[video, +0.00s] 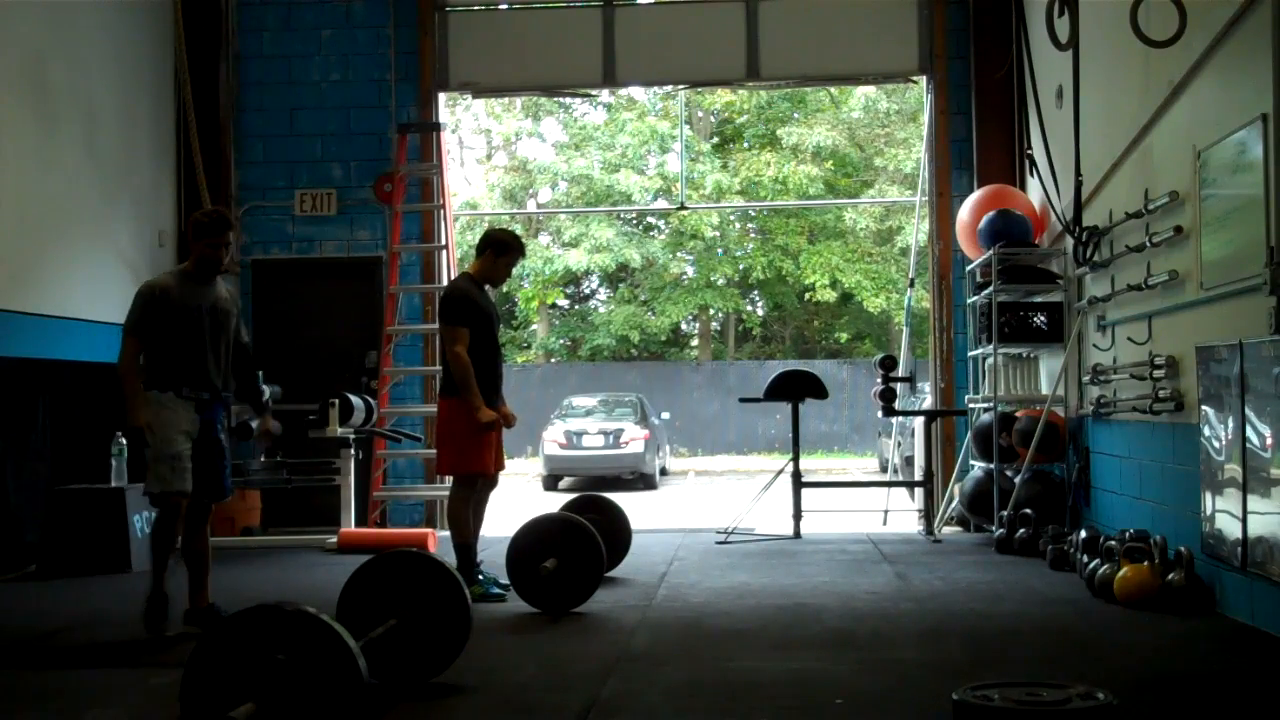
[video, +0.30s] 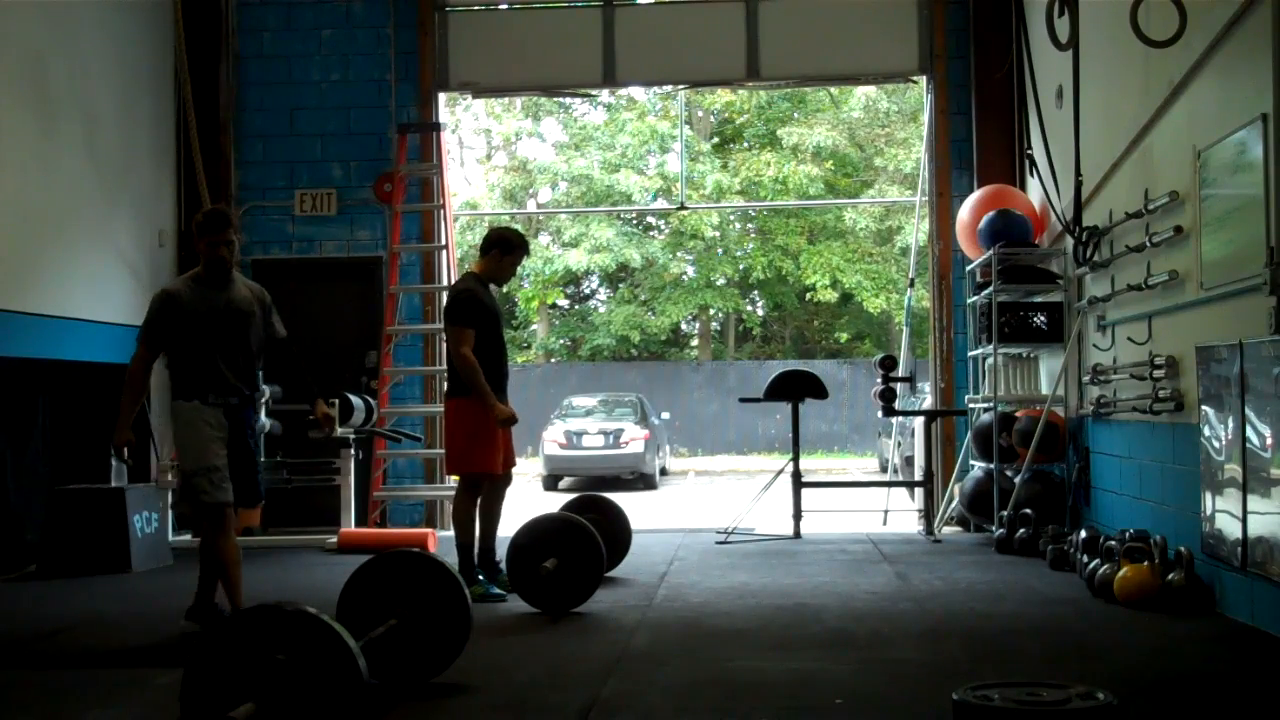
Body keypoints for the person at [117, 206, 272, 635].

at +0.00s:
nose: (225, 255)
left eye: (229, 247)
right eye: (218, 247)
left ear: (230, 248)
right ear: (196, 245)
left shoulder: (226, 298)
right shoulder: (157, 292)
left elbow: (241, 361)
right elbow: (129, 358)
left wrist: (260, 409)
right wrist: (135, 411)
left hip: (210, 413)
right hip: (165, 410)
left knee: (201, 511)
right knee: (173, 505)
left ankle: (200, 604)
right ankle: (158, 597)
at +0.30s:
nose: (227, 250)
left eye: (231, 243)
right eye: (218, 243)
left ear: (239, 244)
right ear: (199, 246)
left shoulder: (256, 296)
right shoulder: (173, 299)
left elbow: (281, 358)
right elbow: (141, 364)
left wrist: (316, 402)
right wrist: (126, 422)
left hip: (244, 416)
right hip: (197, 417)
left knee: (226, 515)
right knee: (221, 515)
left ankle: (203, 604)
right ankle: (238, 614)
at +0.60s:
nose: (214, 234)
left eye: (221, 226)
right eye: (205, 227)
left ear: (235, 229)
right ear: (192, 234)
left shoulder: (260, 283)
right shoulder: (175, 291)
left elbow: (286, 346)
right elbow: (155, 364)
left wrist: (311, 399)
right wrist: (155, 425)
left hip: (257, 412)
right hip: (203, 416)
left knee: (284, 505)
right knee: (222, 518)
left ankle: (263, 578)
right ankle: (240, 607)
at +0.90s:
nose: (211, 227)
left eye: (219, 219)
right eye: (202, 220)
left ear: (234, 225)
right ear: (189, 229)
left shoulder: (261, 281)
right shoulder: (170, 286)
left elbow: (292, 347)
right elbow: (151, 355)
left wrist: (321, 400)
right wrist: (164, 403)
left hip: (249, 415)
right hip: (196, 418)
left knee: (243, 519)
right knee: (217, 523)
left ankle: (244, 614)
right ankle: (242, 613)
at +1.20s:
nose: (180, 223)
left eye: (188, 213)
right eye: (173, 215)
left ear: (212, 210)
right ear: (165, 219)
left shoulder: (252, 273)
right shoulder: (156, 278)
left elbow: (285, 348)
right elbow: (128, 351)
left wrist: (305, 408)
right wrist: (94, 411)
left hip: (232, 412)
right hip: (171, 411)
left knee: (229, 524)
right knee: (151, 515)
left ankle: (229, 625)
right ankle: (199, 594)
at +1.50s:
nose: (122, 226)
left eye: (129, 215)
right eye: (118, 217)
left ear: (157, 211)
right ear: (121, 220)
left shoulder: (210, 270)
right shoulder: (125, 281)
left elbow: (237, 337)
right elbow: (108, 355)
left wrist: (215, 385)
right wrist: (71, 415)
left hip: (194, 418)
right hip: (135, 419)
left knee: (210, 533)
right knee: (122, 535)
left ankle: (225, 637)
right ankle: (108, 655)